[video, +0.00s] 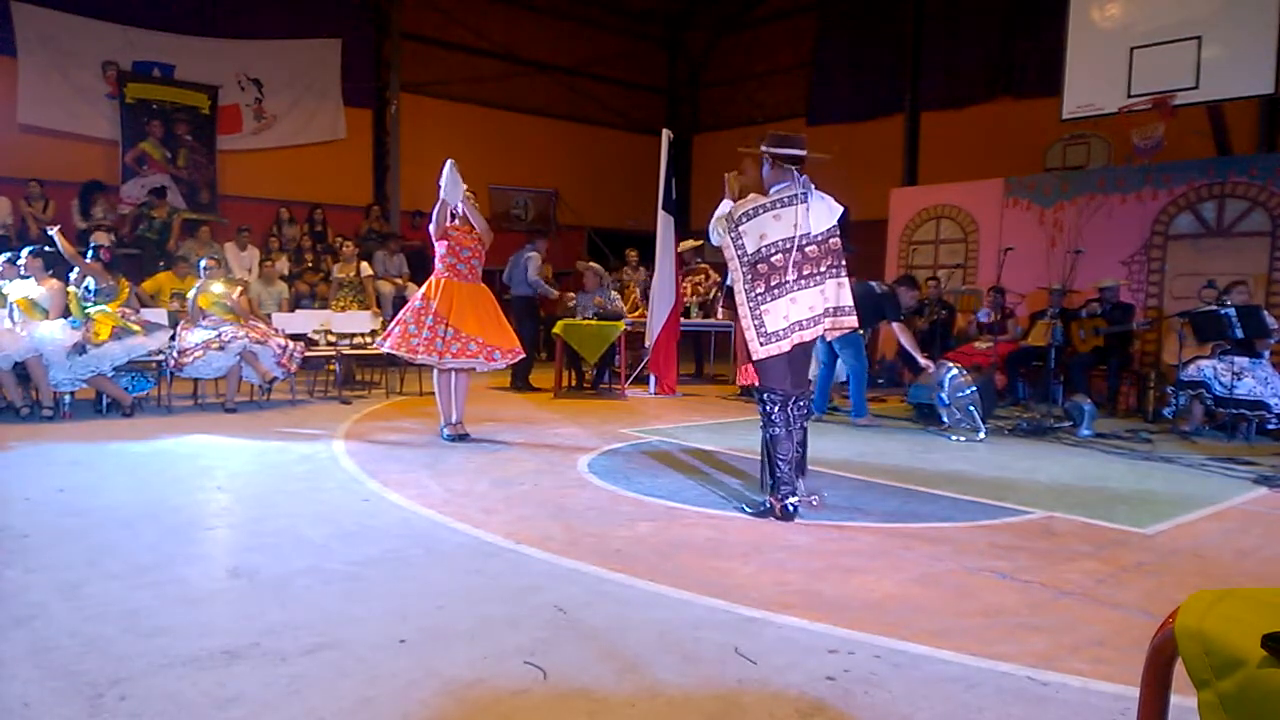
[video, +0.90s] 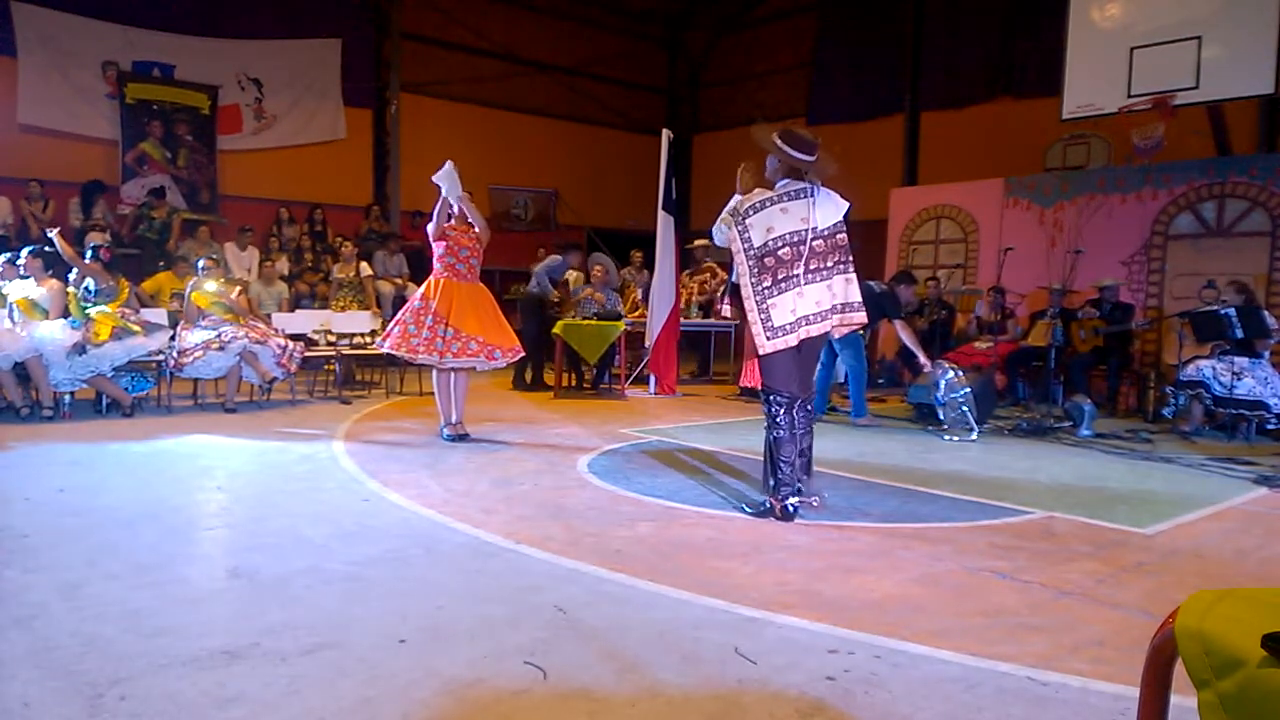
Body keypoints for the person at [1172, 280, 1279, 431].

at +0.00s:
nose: (1244, 297)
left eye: (1246, 293)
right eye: (1239, 293)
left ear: (1250, 296)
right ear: (1227, 297)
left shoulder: (1258, 314)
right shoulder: (1218, 315)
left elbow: (1265, 345)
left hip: (1253, 364)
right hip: (1222, 362)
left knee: (1248, 381)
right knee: (1198, 368)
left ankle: (1243, 425)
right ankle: (1196, 419)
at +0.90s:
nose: (1222, 302)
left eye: (1226, 298)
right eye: (1221, 298)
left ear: (1242, 298)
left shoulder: (1259, 316)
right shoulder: (1218, 317)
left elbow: (1263, 346)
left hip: (1253, 365)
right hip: (1223, 363)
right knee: (1196, 368)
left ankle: (1243, 424)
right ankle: (1196, 419)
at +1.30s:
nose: (1221, 303)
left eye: (1225, 299)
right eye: (1220, 299)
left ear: (1241, 298)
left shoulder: (1258, 315)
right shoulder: (1220, 317)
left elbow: (1261, 346)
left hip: (1254, 367)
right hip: (1225, 365)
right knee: (1197, 368)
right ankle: (1195, 421)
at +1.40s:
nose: (1221, 303)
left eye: (1225, 298)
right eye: (1220, 298)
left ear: (1241, 298)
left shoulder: (1258, 315)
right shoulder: (1218, 316)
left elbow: (1261, 346)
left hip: (1253, 366)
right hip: (1223, 365)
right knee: (1197, 368)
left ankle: (1242, 425)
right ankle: (1195, 421)